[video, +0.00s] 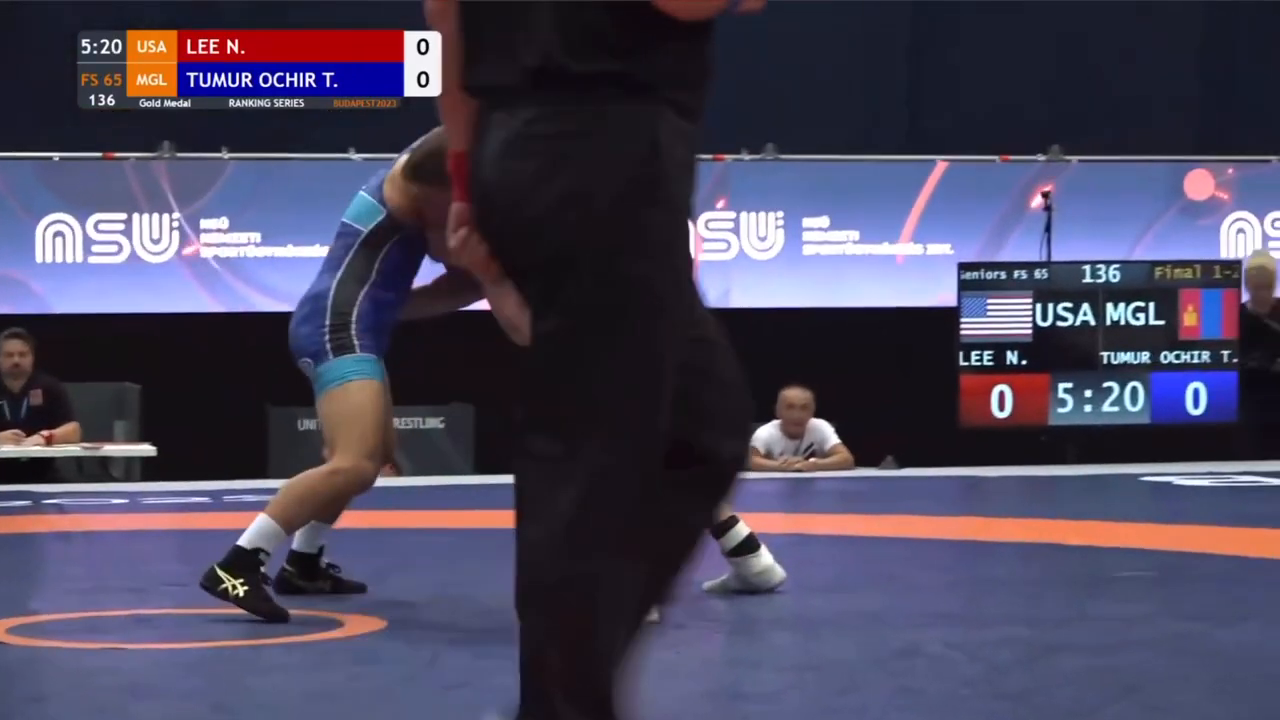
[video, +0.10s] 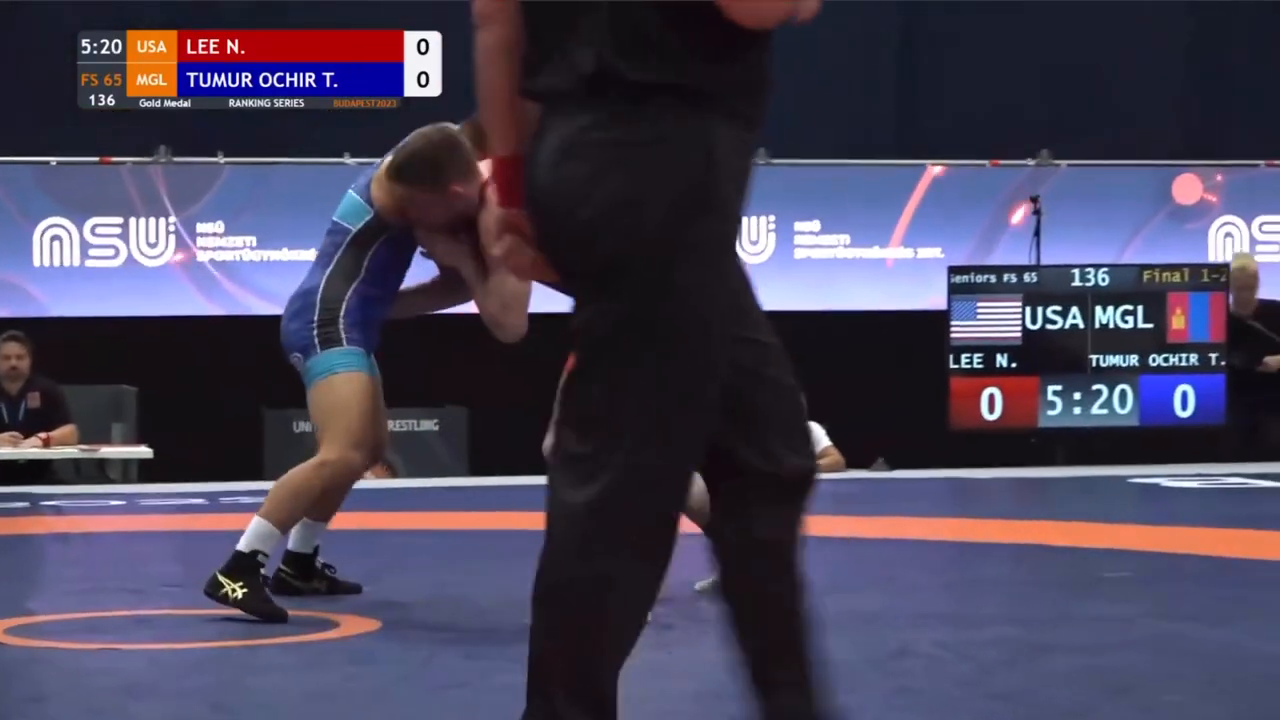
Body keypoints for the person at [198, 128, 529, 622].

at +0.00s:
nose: (452, 214)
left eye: (458, 202)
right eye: (453, 201)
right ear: (437, 179)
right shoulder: (410, 184)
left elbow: (394, 305)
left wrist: (484, 279)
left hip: (354, 330)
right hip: (338, 327)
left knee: (372, 455)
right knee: (354, 462)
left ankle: (303, 560)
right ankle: (240, 563)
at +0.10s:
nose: (460, 210)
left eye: (459, 203)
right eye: (451, 204)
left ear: (458, 179)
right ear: (440, 186)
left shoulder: (421, 172)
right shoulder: (403, 185)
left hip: (349, 322)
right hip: (328, 318)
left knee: (368, 446)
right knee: (347, 452)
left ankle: (297, 561)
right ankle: (241, 568)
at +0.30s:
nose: (496, 180)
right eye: (503, 170)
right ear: (488, 157)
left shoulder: (418, 157)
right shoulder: (403, 178)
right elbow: (444, 258)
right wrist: (507, 265)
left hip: (327, 312)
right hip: (314, 313)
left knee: (341, 441)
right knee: (330, 445)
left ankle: (294, 556)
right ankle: (245, 565)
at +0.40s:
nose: (507, 183)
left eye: (514, 176)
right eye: (507, 175)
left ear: (470, 148)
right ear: (486, 161)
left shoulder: (426, 161)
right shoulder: (417, 178)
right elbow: (446, 264)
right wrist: (509, 262)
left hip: (327, 313)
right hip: (313, 311)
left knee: (343, 438)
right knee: (325, 444)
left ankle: (295, 557)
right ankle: (246, 567)